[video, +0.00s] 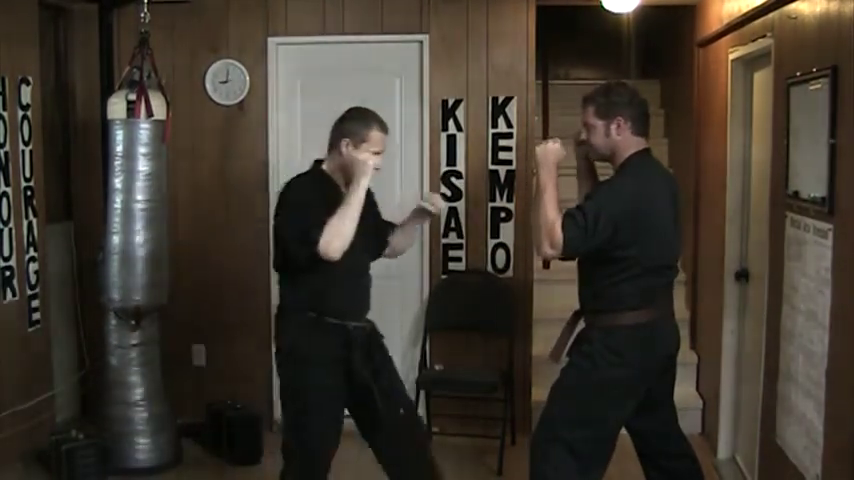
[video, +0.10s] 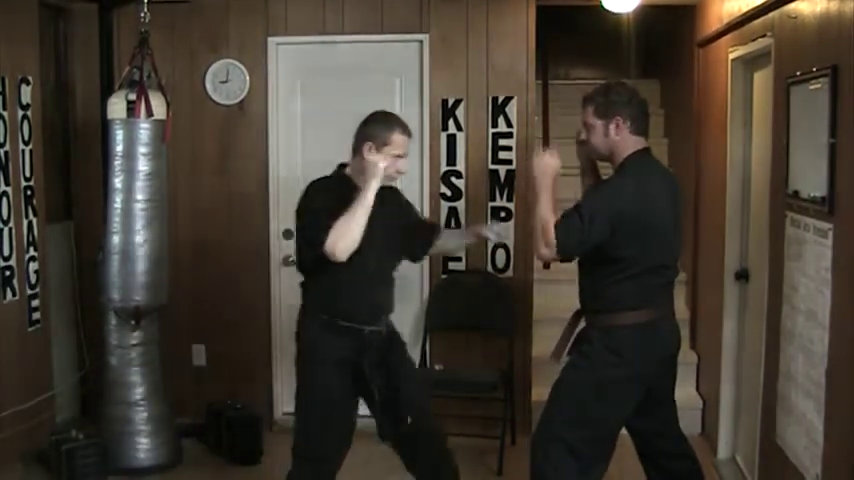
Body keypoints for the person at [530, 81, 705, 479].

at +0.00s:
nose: (584, 137)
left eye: (589, 128)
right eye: (583, 128)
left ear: (618, 127)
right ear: (625, 126)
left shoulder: (624, 187)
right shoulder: (662, 180)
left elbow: (555, 242)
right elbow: (599, 222)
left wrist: (546, 169)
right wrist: (585, 161)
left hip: (616, 342)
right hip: (657, 336)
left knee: (556, 450)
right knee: (664, 447)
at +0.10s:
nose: (584, 137)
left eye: (588, 127)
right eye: (583, 127)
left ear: (617, 126)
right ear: (625, 126)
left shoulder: (619, 189)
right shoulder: (664, 181)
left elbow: (550, 247)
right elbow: (602, 225)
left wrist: (544, 180)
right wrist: (588, 166)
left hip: (616, 343)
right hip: (658, 336)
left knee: (556, 451)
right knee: (665, 447)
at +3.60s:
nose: (580, 142)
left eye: (586, 132)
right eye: (580, 132)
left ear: (618, 131)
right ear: (617, 131)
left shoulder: (649, 192)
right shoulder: (609, 182)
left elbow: (595, 255)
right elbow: (545, 210)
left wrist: (581, 181)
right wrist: (494, 179)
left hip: (631, 343)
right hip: (617, 337)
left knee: (562, 456)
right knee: (661, 451)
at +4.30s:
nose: (585, 138)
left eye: (590, 128)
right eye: (585, 129)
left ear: (621, 128)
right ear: (625, 128)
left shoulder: (629, 186)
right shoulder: (658, 181)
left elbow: (559, 243)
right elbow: (595, 229)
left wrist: (547, 170)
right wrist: (580, 170)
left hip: (617, 342)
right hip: (653, 337)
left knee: (556, 456)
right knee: (663, 451)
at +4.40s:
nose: (585, 137)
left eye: (591, 127)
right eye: (585, 128)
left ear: (621, 127)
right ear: (625, 127)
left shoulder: (630, 185)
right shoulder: (659, 180)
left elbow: (559, 241)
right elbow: (597, 226)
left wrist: (547, 170)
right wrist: (581, 170)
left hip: (617, 341)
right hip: (653, 337)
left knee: (556, 455)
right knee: (663, 451)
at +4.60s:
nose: (586, 136)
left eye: (591, 126)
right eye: (585, 127)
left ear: (622, 126)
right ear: (626, 126)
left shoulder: (629, 184)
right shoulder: (659, 179)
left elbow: (559, 240)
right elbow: (594, 227)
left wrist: (546, 167)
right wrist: (580, 168)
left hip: (617, 339)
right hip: (653, 335)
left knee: (556, 454)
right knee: (663, 450)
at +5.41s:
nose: (589, 136)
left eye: (594, 126)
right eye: (589, 127)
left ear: (625, 127)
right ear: (628, 127)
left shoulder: (631, 185)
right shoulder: (661, 179)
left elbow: (562, 243)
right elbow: (598, 228)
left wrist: (548, 171)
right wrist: (581, 167)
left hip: (618, 342)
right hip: (655, 336)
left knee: (556, 455)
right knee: (665, 451)